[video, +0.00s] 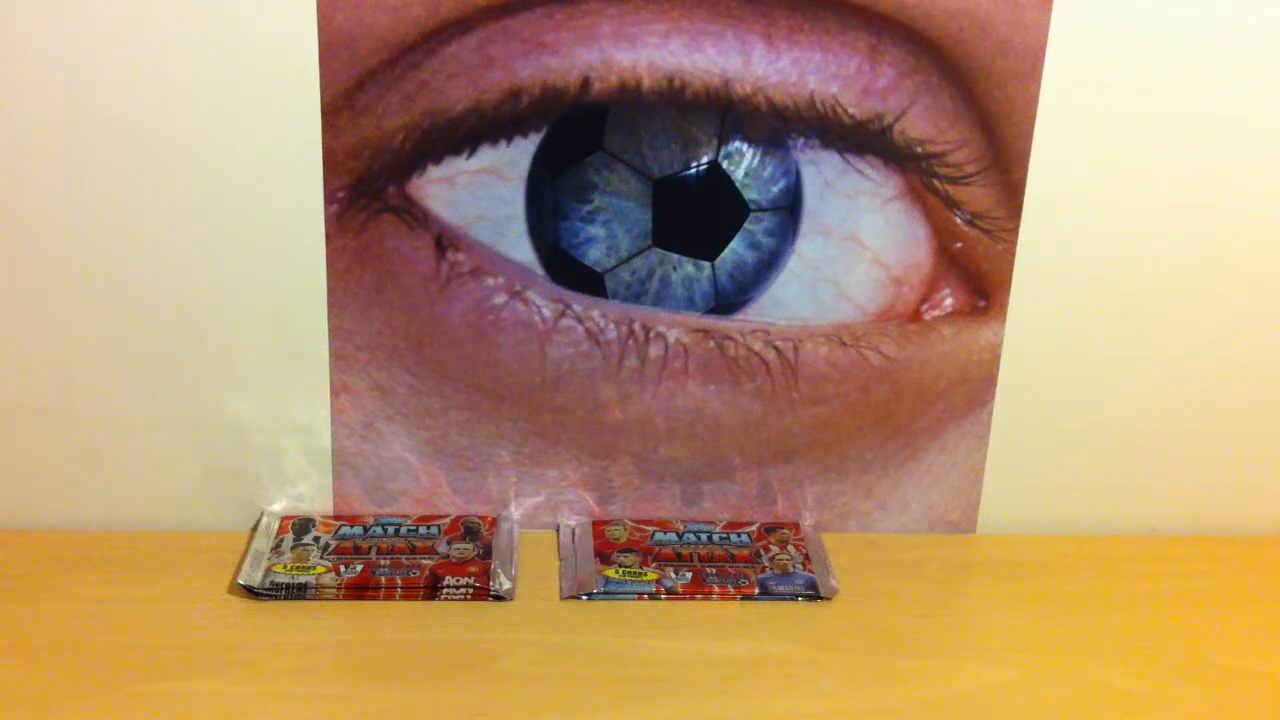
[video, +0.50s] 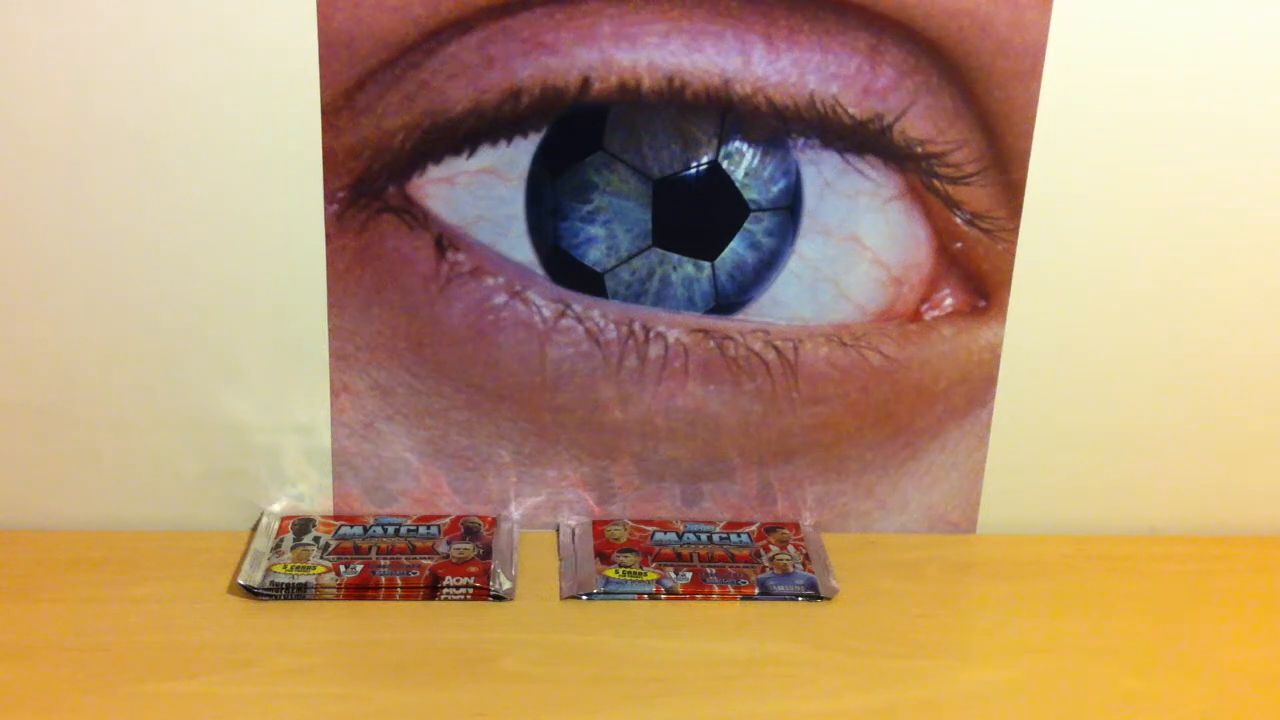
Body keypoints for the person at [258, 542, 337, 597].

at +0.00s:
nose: (309, 554)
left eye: (312, 551)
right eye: (305, 551)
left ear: (315, 552)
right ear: (293, 551)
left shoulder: (323, 569)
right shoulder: (274, 568)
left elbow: (328, 596)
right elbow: (264, 593)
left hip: (309, 610)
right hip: (277, 609)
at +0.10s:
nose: (309, 554)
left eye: (312, 551)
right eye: (305, 551)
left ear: (315, 552)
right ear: (293, 551)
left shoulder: (323, 569)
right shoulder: (274, 568)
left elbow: (328, 596)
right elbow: (264, 593)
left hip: (309, 610)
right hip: (277, 609)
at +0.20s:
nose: (309, 554)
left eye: (312, 551)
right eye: (305, 551)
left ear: (315, 552)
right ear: (293, 551)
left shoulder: (323, 569)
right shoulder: (274, 568)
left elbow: (328, 596)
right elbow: (264, 593)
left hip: (309, 610)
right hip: (277, 609)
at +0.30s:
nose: (309, 554)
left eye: (312, 551)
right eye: (305, 551)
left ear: (315, 552)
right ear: (293, 551)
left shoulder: (323, 569)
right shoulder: (274, 568)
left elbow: (328, 596)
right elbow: (264, 593)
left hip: (309, 610)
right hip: (277, 609)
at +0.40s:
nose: (309, 554)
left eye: (312, 551)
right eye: (305, 550)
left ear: (315, 552)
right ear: (293, 551)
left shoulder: (323, 569)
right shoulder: (274, 568)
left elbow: (327, 596)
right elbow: (263, 593)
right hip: (277, 610)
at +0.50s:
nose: (309, 555)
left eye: (312, 551)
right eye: (305, 551)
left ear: (315, 552)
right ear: (293, 551)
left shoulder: (323, 569)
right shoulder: (274, 568)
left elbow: (328, 596)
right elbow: (263, 593)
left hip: (309, 610)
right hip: (277, 609)